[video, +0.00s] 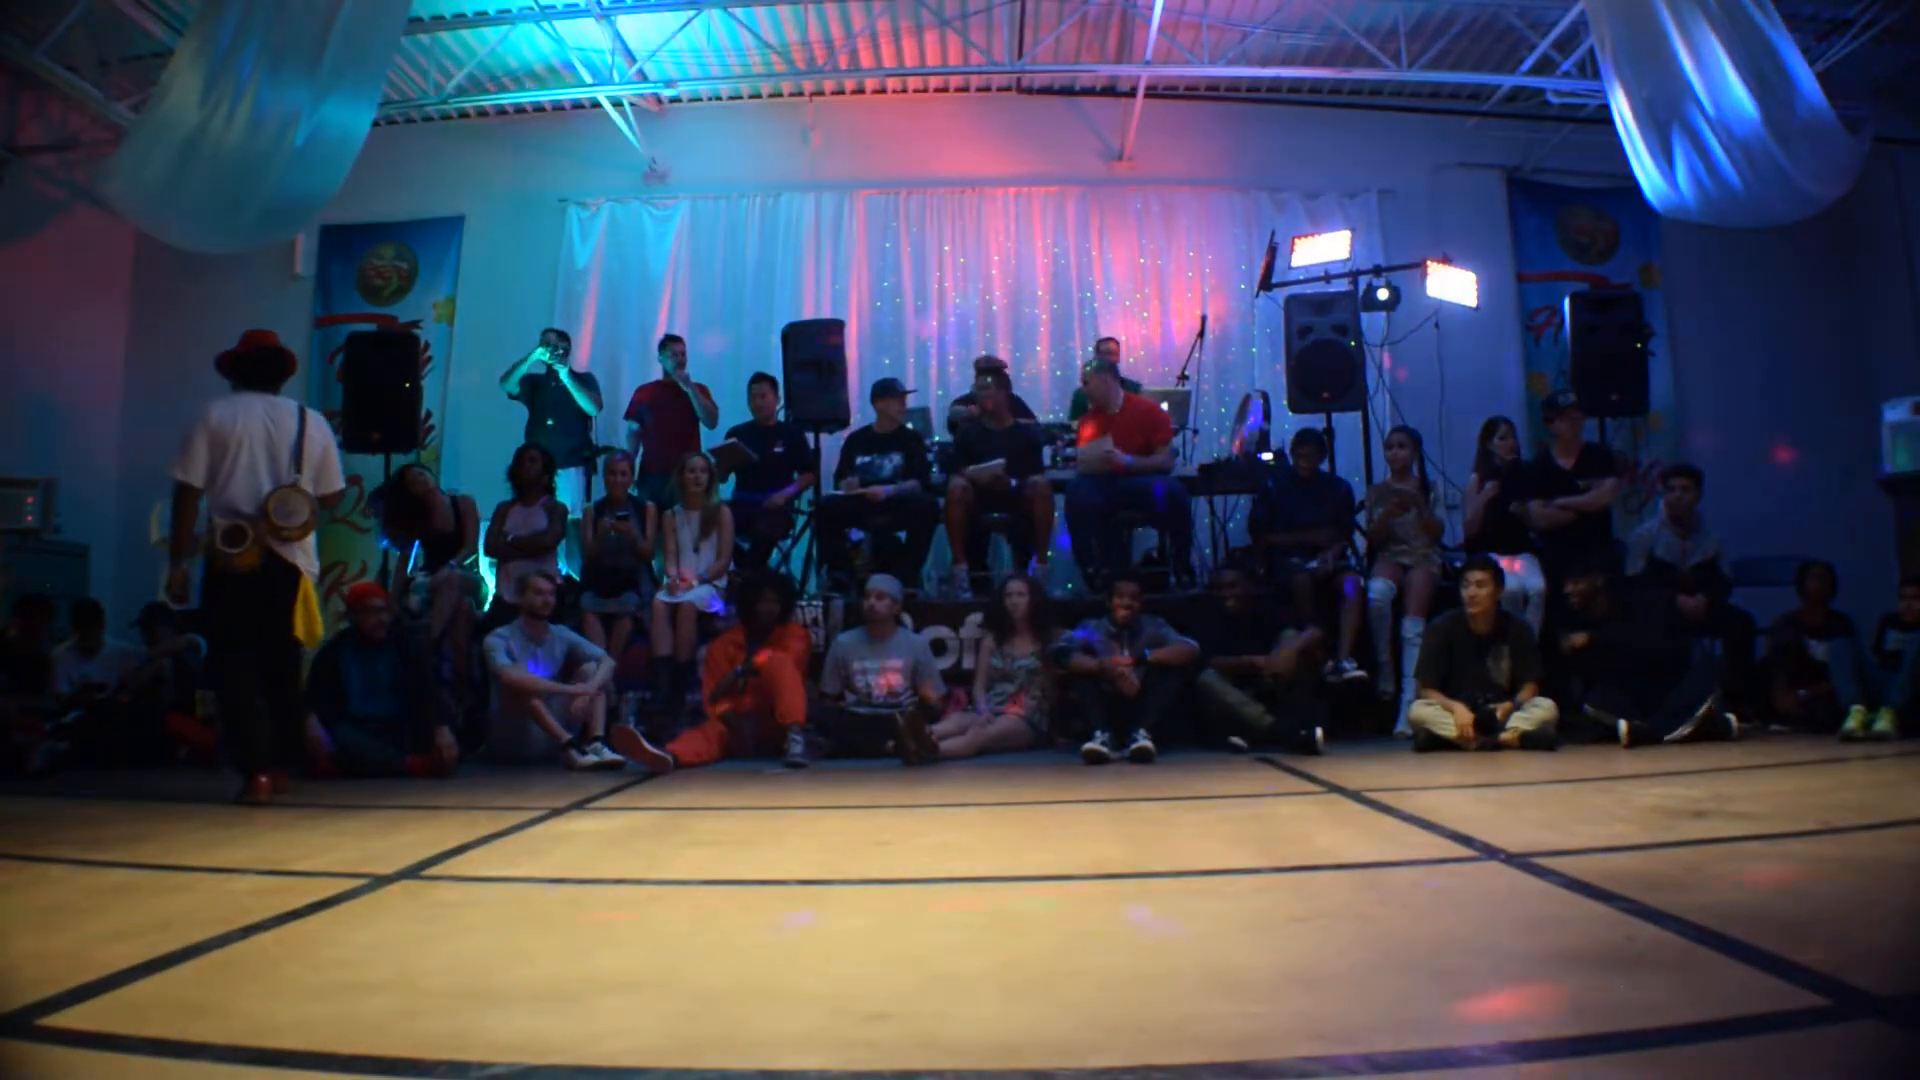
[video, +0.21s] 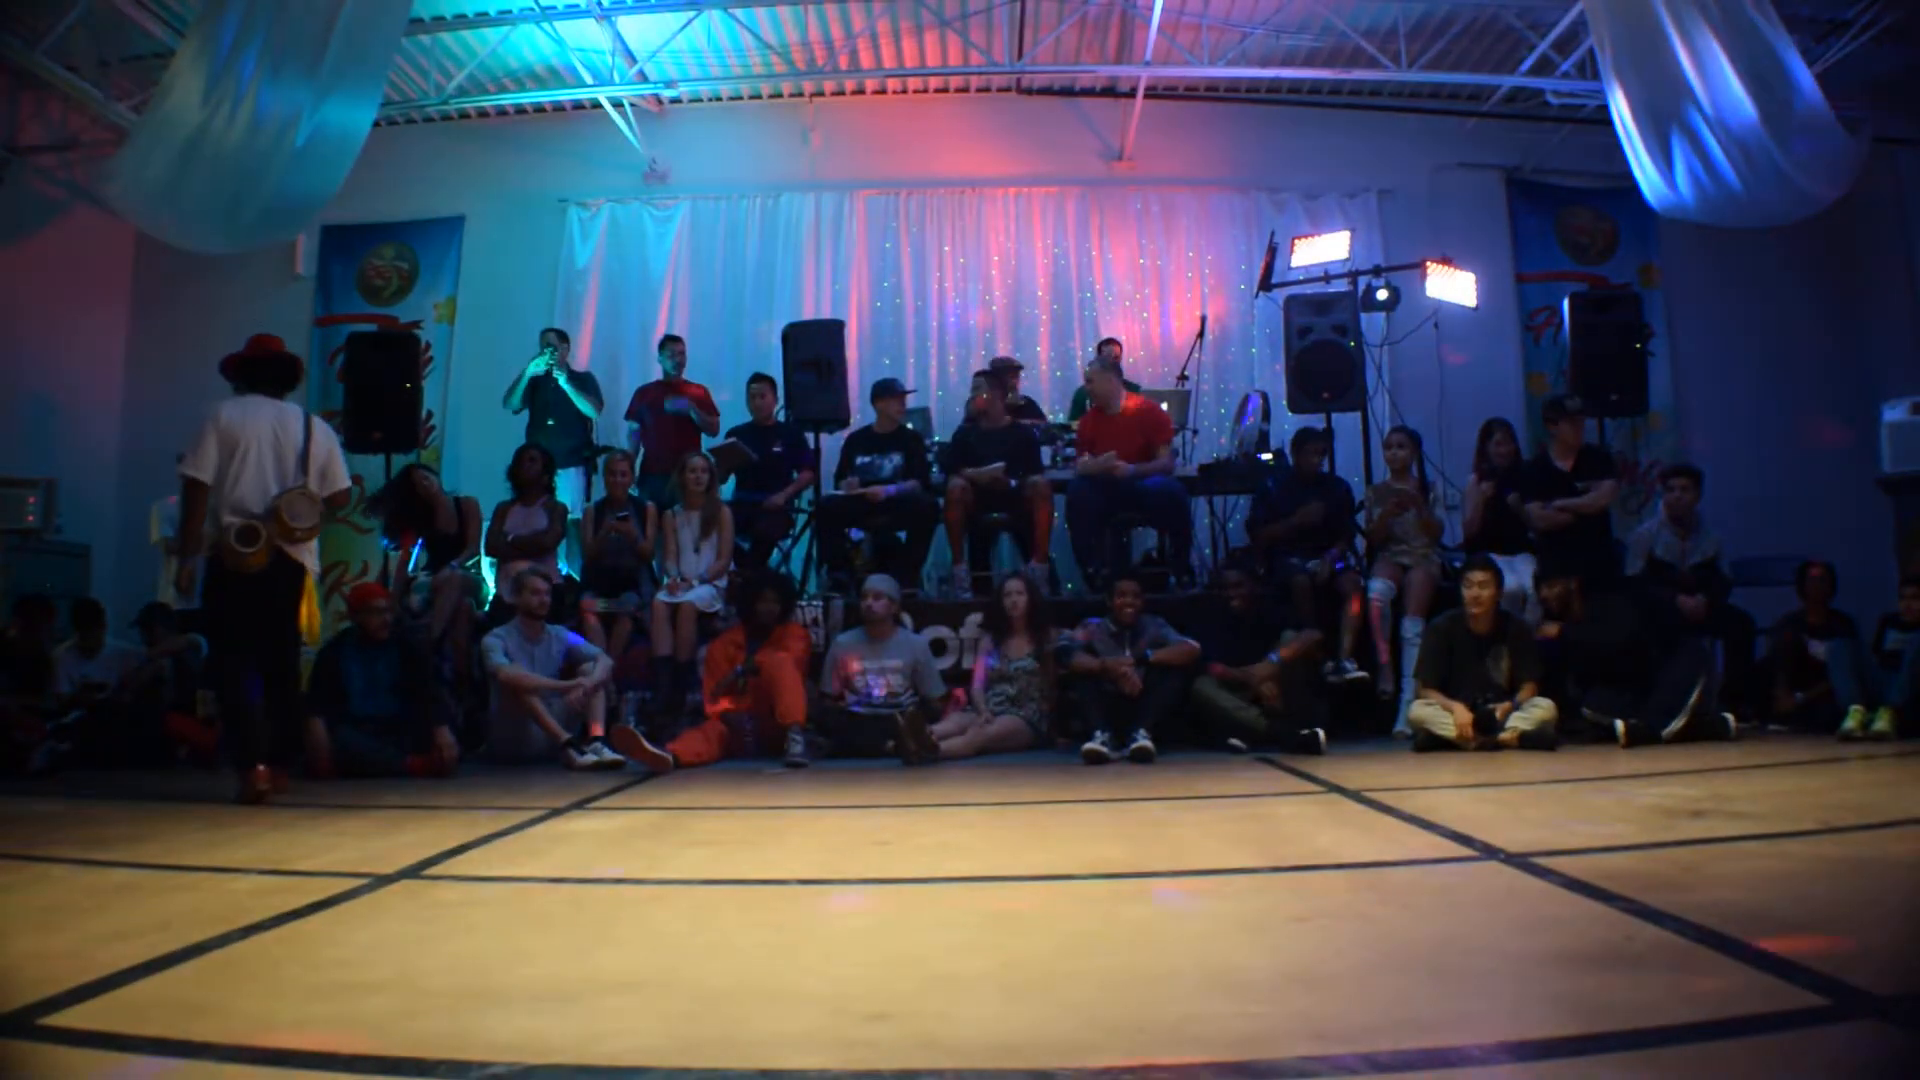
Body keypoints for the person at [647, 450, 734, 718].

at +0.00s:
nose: (697, 477)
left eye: (703, 471)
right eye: (691, 471)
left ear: (710, 477)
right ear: (681, 477)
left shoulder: (720, 512)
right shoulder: (671, 516)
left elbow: (724, 560)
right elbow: (670, 555)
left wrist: (698, 580)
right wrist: (673, 576)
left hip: (710, 579)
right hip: (679, 580)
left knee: (687, 606)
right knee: (659, 605)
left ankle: (681, 679)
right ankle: (662, 678)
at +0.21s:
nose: (699, 476)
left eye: (704, 471)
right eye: (693, 471)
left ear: (711, 477)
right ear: (682, 476)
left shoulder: (721, 513)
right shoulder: (671, 515)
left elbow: (724, 559)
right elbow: (670, 556)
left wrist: (699, 581)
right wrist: (673, 578)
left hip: (711, 579)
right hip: (680, 580)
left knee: (687, 606)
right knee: (659, 604)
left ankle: (681, 680)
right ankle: (662, 679)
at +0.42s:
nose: (699, 476)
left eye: (704, 471)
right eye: (693, 471)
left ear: (711, 477)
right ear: (682, 476)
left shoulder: (721, 512)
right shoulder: (671, 516)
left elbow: (724, 560)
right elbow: (669, 556)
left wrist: (698, 581)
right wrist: (673, 577)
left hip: (710, 579)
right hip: (680, 580)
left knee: (687, 607)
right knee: (659, 605)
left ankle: (681, 681)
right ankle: (662, 680)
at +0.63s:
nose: (698, 476)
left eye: (704, 471)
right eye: (692, 471)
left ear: (710, 477)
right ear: (681, 476)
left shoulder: (721, 512)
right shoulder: (670, 516)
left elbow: (723, 560)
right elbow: (668, 557)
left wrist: (700, 579)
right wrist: (673, 576)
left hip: (708, 580)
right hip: (678, 581)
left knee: (686, 606)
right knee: (659, 606)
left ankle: (681, 682)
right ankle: (662, 681)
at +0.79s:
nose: (698, 476)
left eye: (704, 471)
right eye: (692, 471)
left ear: (711, 477)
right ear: (682, 477)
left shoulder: (721, 513)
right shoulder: (671, 516)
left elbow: (724, 560)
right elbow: (669, 557)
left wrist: (698, 581)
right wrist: (674, 578)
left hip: (710, 579)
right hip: (680, 580)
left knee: (688, 605)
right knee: (659, 604)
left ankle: (681, 681)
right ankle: (662, 679)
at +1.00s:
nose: (699, 477)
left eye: (704, 472)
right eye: (693, 472)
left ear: (711, 477)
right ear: (683, 477)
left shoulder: (721, 513)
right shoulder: (672, 516)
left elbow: (725, 560)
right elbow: (671, 557)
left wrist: (699, 580)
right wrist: (675, 577)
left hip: (710, 579)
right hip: (681, 580)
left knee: (688, 605)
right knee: (661, 603)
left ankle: (682, 679)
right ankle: (663, 678)